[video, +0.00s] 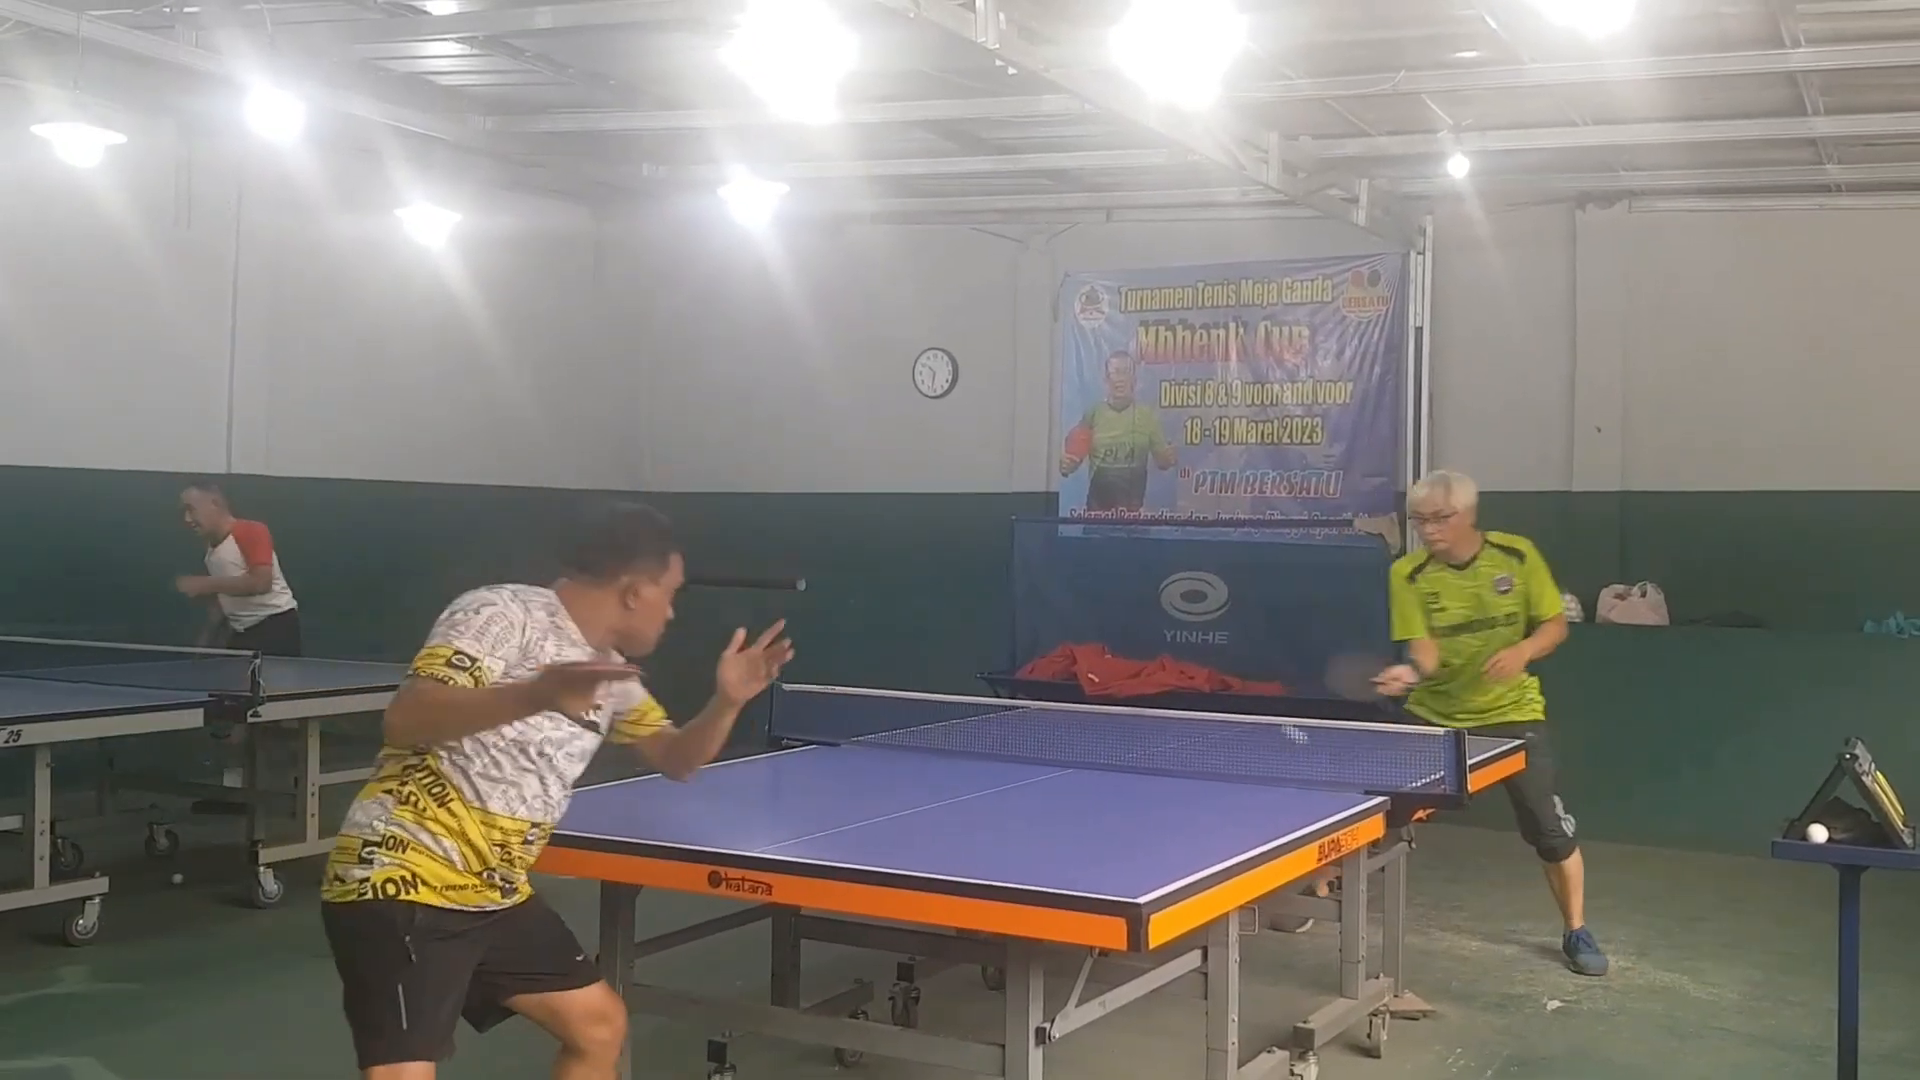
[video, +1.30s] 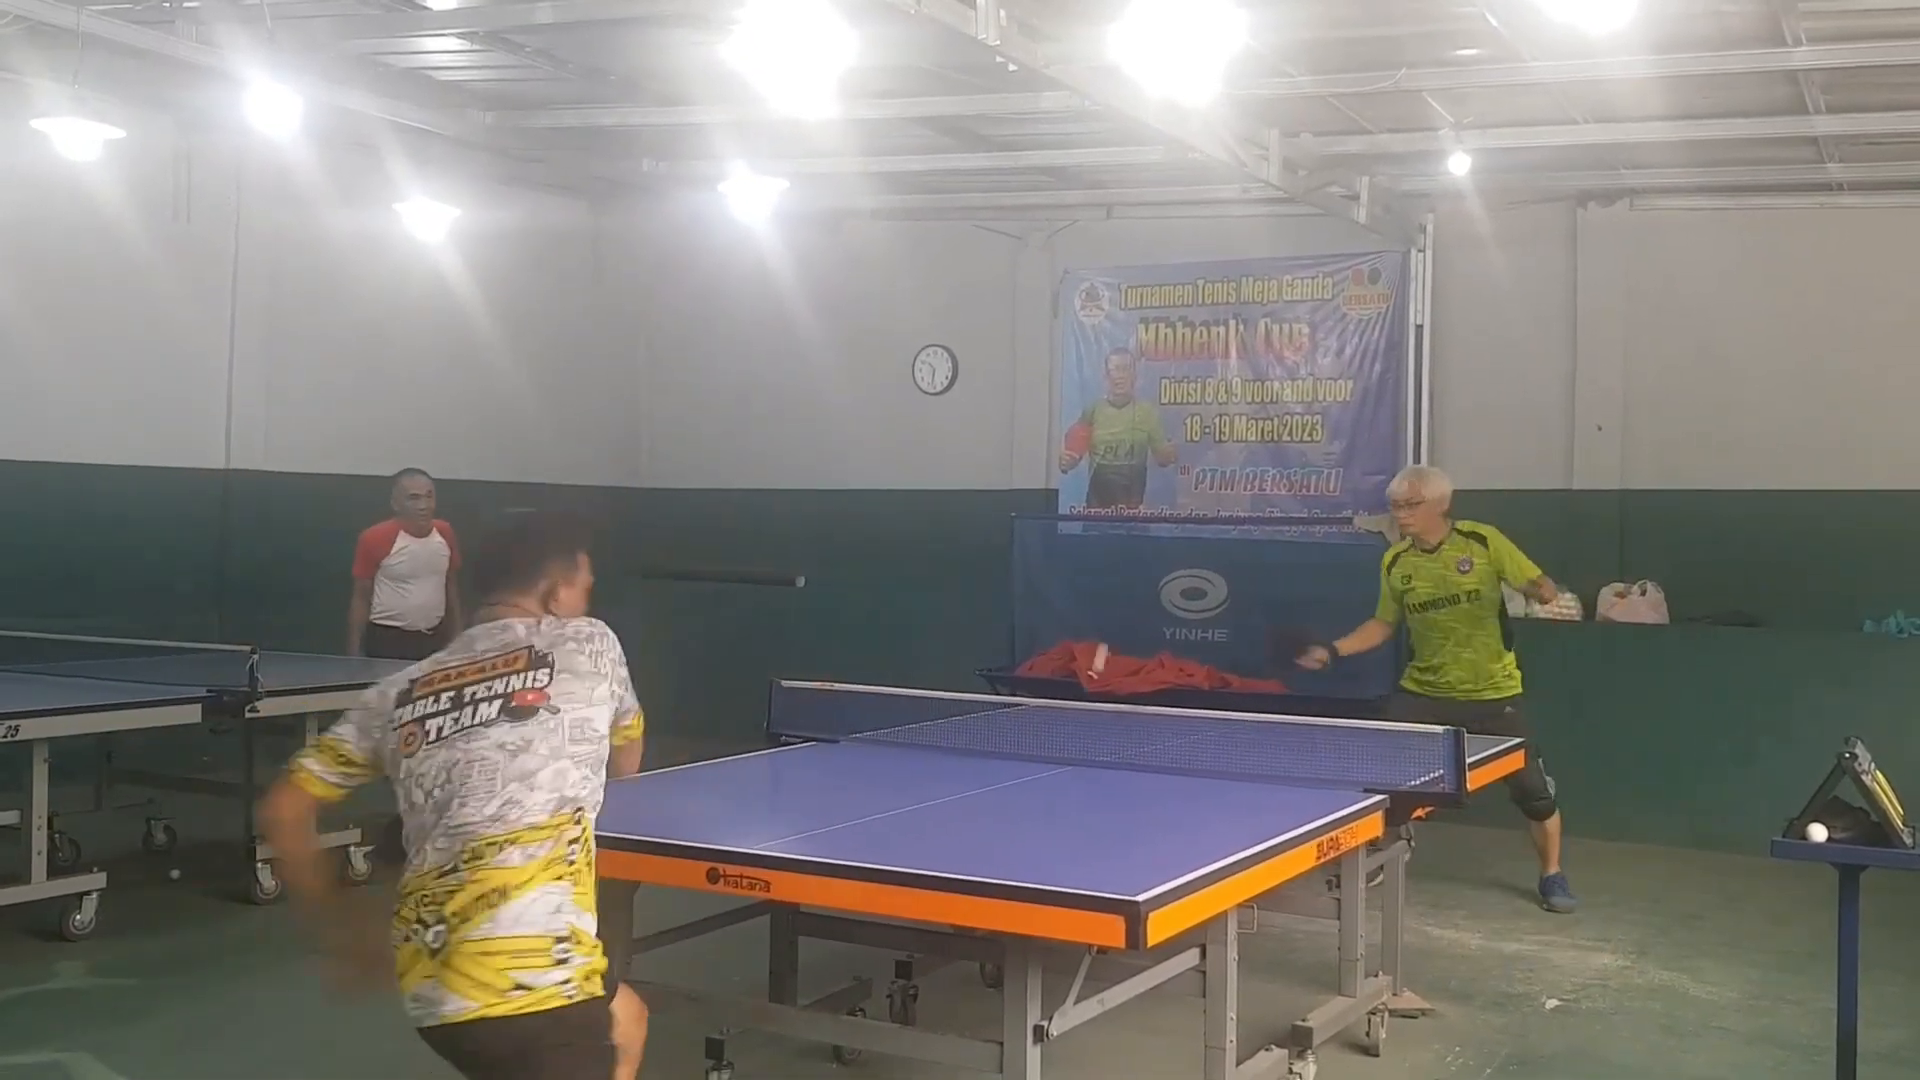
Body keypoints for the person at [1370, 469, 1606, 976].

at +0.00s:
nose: (1428, 530)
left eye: (1439, 519)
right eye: (1421, 520)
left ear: (1467, 516)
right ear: (1414, 521)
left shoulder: (1518, 555)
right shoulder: (1407, 573)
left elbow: (1555, 626)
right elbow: (1424, 649)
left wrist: (1522, 652)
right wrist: (1413, 670)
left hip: (1511, 710)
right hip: (1433, 710)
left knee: (1545, 822)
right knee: (1365, 791)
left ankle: (1577, 931)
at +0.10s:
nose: (1453, 521)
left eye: (1464, 510)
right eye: (1445, 512)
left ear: (1493, 508)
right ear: (1438, 513)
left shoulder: (1540, 542)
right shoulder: (1432, 566)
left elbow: (1585, 601)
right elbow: (1465, 630)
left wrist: (1568, 628)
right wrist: (1468, 659)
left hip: (1536, 703)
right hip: (1468, 708)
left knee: (1565, 822)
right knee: (1397, 794)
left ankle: (1578, 928)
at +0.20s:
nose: (1467, 513)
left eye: (1479, 501)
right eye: (1458, 503)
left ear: (1507, 499)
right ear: (1450, 503)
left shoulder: (1544, 527)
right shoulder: (1444, 555)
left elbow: (1593, 576)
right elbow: (1481, 605)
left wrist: (1598, 594)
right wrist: (1496, 641)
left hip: (1546, 699)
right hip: (1475, 701)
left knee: (1575, 813)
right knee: (1441, 797)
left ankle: (1579, 927)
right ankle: (1427, 917)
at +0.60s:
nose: (1481, 501)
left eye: (1493, 490)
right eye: (1473, 491)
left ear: (1519, 492)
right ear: (1463, 495)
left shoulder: (1557, 534)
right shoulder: (1444, 552)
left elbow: (1607, 584)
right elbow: (1444, 627)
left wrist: (1614, 604)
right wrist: (1435, 643)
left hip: (1540, 686)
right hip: (1468, 689)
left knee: (1563, 798)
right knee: (1466, 794)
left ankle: (1577, 929)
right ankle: (1468, 929)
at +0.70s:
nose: (1476, 513)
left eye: (1488, 503)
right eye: (1468, 504)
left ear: (1514, 507)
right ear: (1459, 509)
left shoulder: (1553, 551)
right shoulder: (1441, 564)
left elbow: (1608, 603)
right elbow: (1430, 636)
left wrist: (1619, 657)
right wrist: (1411, 656)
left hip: (1535, 701)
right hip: (1459, 700)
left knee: (1561, 809)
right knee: (1428, 795)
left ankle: (1576, 929)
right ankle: (1415, 910)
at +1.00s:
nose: (1420, 531)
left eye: (1431, 522)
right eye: (1411, 522)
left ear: (1454, 524)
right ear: (1401, 526)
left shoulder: (1491, 561)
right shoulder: (1384, 576)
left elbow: (1540, 605)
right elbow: (1360, 641)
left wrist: (1568, 648)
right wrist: (1333, 666)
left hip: (1483, 699)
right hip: (1409, 702)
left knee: (1535, 792)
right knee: (1362, 781)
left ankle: (1564, 908)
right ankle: (1345, 871)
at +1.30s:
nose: (1398, 514)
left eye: (1408, 505)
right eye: (1395, 506)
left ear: (1439, 506)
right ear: (1395, 510)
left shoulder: (1483, 541)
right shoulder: (1395, 561)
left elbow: (1536, 583)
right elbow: (1383, 624)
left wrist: (1545, 592)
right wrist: (1333, 650)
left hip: (1492, 692)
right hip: (1423, 691)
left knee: (1531, 788)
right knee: (1374, 765)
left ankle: (1552, 874)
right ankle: (1358, 859)